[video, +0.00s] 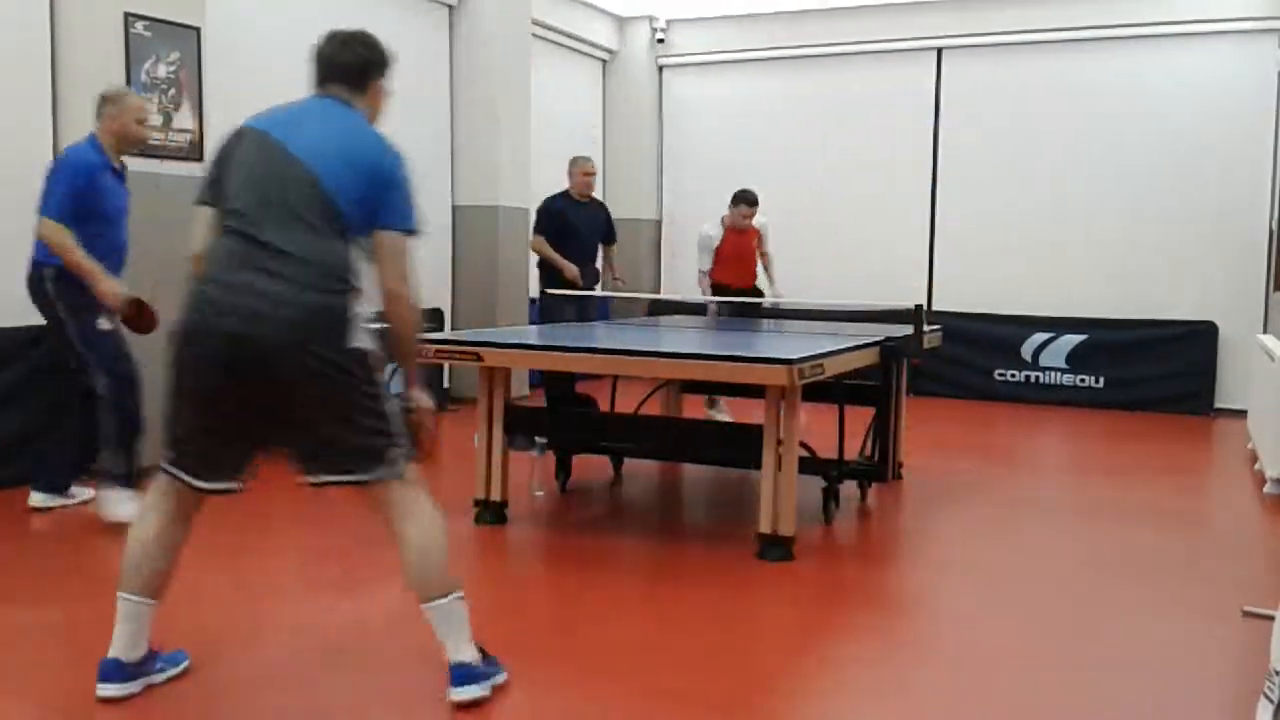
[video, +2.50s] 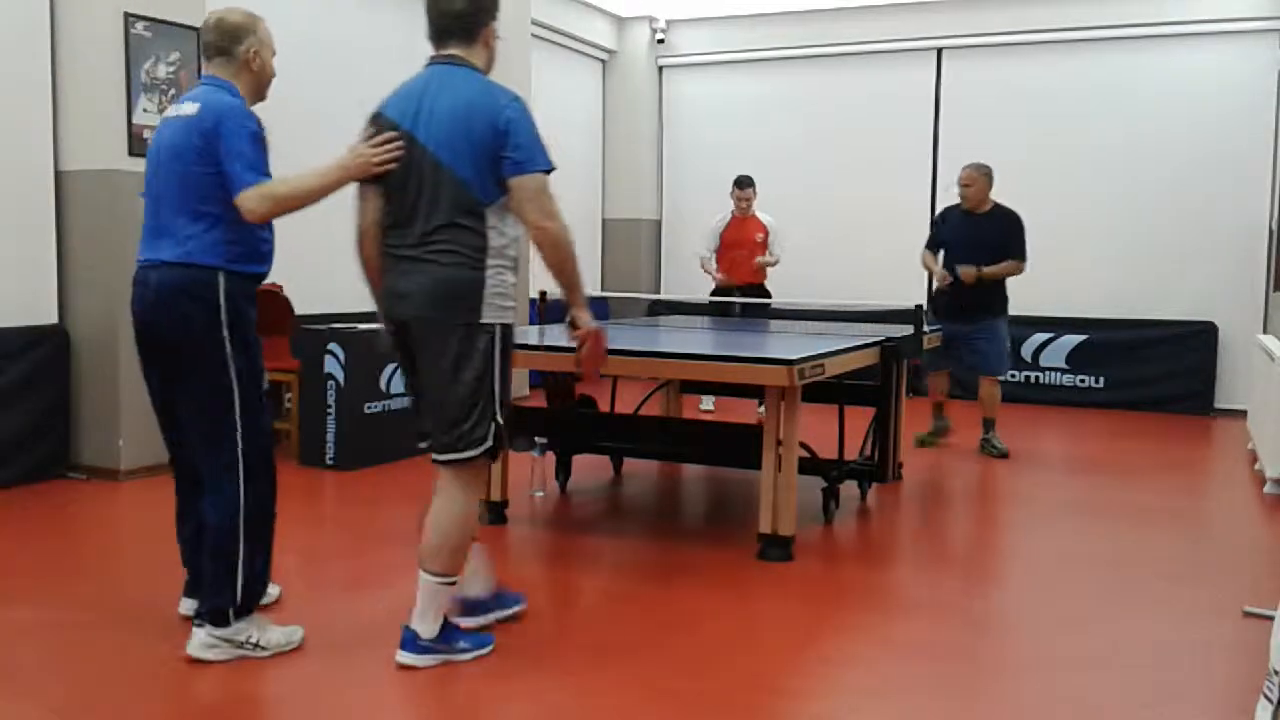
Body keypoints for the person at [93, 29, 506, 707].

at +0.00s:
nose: (385, 100)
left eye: (383, 89)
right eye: (385, 89)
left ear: (319, 79)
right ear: (373, 88)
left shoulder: (251, 131)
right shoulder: (378, 155)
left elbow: (203, 252)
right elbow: (396, 297)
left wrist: (225, 324)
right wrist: (417, 384)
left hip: (214, 331)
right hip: (312, 340)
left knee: (174, 487)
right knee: (400, 488)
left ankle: (124, 656)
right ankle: (464, 661)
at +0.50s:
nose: (209, 14)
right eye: (208, 7)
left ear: (130, 8)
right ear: (197, 7)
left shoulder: (88, 74)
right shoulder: (210, 79)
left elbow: (49, 204)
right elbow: (246, 218)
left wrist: (33, 307)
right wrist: (281, 315)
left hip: (70, 302)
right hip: (143, 311)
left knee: (102, 490)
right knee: (95, 500)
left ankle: (121, 657)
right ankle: (29, 699)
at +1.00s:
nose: (160, 2)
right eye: (157, 0)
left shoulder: (34, 57)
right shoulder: (137, 66)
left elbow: (22, 196)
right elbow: (149, 218)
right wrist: (192, 328)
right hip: (78, 313)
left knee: (141, 469)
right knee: (49, 518)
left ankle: (128, 644)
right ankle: (22, 704)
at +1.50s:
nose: (227, 20)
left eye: (221, 13)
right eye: (226, 12)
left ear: (153, 9)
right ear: (214, 9)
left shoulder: (112, 75)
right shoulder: (205, 80)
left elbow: (80, 207)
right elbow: (216, 209)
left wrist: (89, 289)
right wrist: (258, 320)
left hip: (128, 310)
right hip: (184, 314)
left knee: (169, 483)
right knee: (222, 483)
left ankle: (164, 654)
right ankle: (79, 655)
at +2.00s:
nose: (359, 39)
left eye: (354, 28)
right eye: (357, 28)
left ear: (289, 30)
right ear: (347, 29)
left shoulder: (241, 102)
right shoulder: (352, 108)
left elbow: (189, 213)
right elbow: (370, 232)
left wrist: (236, 223)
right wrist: (407, 333)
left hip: (245, 328)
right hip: (331, 329)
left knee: (218, 482)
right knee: (393, 474)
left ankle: (164, 649)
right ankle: (423, 629)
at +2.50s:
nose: (499, 41)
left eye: (493, 30)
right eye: (497, 30)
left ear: (434, 35)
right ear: (487, 34)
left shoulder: (390, 108)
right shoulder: (499, 106)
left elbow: (369, 225)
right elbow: (541, 218)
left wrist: (388, 303)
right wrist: (579, 305)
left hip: (403, 301)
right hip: (461, 303)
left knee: (460, 451)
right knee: (462, 466)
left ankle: (471, 591)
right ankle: (425, 629)